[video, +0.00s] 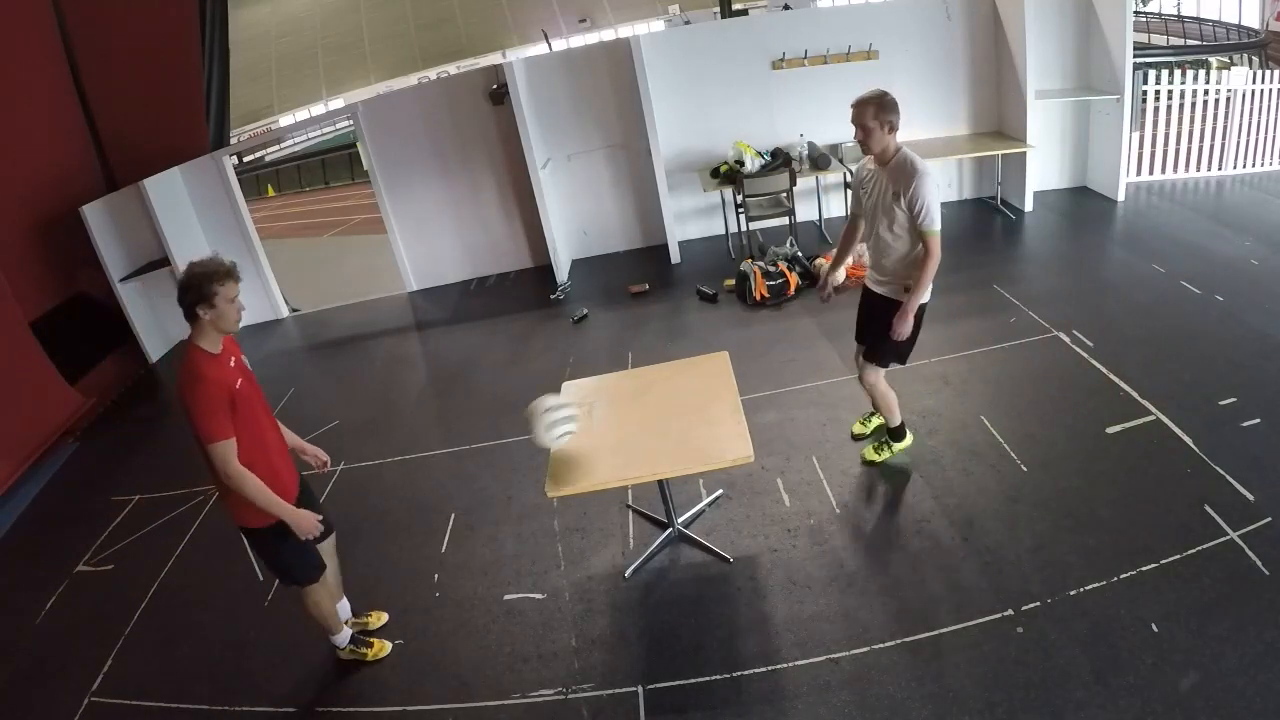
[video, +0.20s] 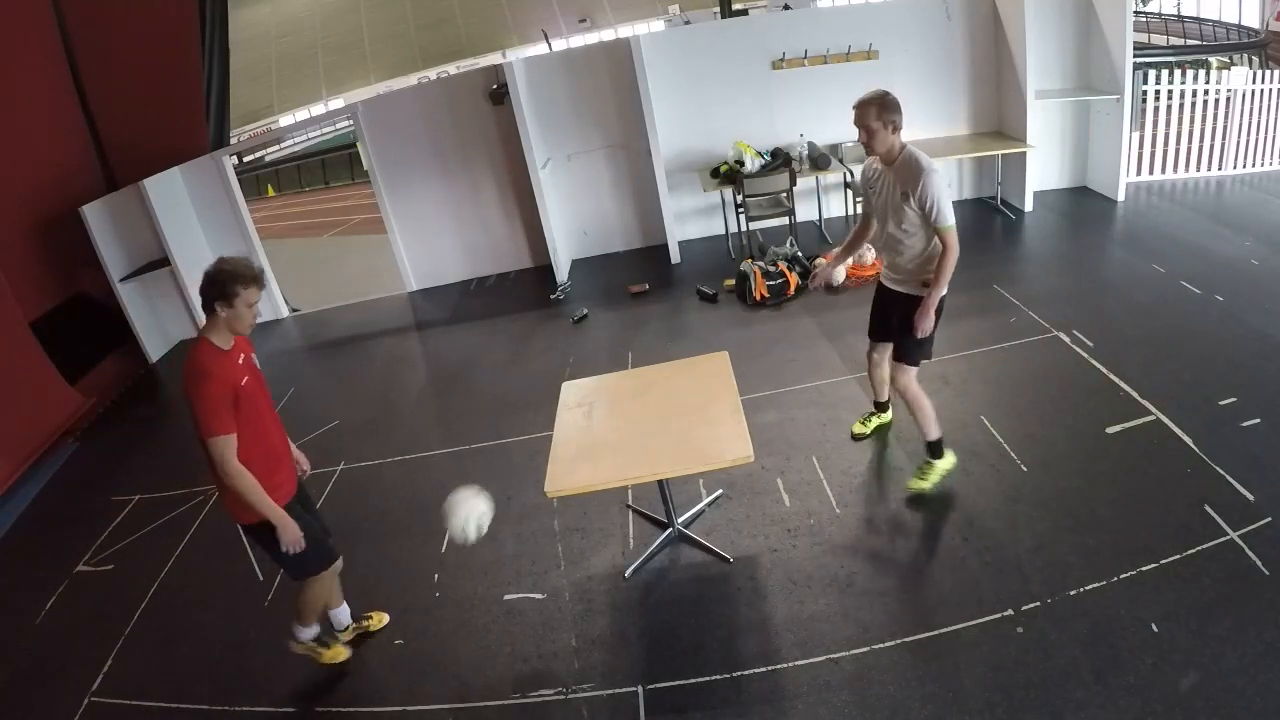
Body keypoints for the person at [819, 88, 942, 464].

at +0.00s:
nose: (856, 135)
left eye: (862, 128)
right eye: (854, 127)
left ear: (888, 127)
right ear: (873, 127)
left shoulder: (917, 176)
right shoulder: (864, 171)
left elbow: (933, 251)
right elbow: (855, 224)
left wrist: (910, 308)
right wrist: (833, 270)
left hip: (905, 294)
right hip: (874, 285)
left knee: (870, 374)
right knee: (866, 357)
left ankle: (899, 433)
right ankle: (882, 411)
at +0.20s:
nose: (860, 137)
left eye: (865, 129)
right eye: (857, 129)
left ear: (892, 127)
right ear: (877, 129)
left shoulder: (925, 175)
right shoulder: (871, 172)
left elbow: (951, 246)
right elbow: (866, 224)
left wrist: (929, 306)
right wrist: (835, 260)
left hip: (922, 289)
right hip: (888, 282)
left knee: (902, 377)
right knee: (877, 355)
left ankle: (939, 454)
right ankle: (882, 412)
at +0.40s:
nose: (883, 141)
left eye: (889, 134)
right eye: (882, 133)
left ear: (917, 134)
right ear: (904, 135)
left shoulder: (950, 187)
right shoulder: (898, 180)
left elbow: (969, 260)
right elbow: (893, 231)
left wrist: (939, 314)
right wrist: (870, 279)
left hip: (947, 304)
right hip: (908, 292)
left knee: (957, 391)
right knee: (887, 358)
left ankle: (1009, 459)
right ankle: (882, 411)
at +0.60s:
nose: (912, 147)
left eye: (919, 139)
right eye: (910, 138)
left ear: (948, 142)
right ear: (924, 140)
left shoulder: (981, 195)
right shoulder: (922, 186)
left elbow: (998, 274)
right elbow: (930, 247)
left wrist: (963, 329)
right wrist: (931, 293)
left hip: (982, 308)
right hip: (941, 297)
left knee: (988, 394)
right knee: (915, 361)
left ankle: (1013, 464)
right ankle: (897, 417)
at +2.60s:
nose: (912, 177)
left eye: (915, 167)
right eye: (909, 167)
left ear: (946, 159)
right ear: (939, 161)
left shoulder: (991, 219)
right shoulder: (939, 201)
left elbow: (1008, 314)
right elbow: (937, 274)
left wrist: (973, 383)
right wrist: (919, 329)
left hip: (972, 355)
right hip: (937, 339)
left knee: (962, 442)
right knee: (923, 410)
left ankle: (967, 512)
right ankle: (935, 461)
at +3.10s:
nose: (935, 181)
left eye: (941, 171)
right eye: (932, 170)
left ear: (974, 166)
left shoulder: (1017, 225)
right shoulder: (943, 209)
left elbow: (1038, 318)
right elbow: (935, 279)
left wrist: (1036, 395)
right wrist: (915, 337)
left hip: (976, 365)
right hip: (931, 348)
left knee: (961, 451)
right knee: (894, 441)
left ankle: (966, 516)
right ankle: (894, 517)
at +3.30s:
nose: (936, 188)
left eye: (943, 178)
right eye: (934, 177)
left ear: (976, 173)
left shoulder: (1020, 233)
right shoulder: (937, 217)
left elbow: (1042, 327)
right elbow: (929, 287)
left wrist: (1026, 404)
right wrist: (917, 339)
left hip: (969, 374)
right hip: (920, 351)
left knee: (951, 459)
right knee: (858, 433)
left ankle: (965, 517)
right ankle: (827, 528)